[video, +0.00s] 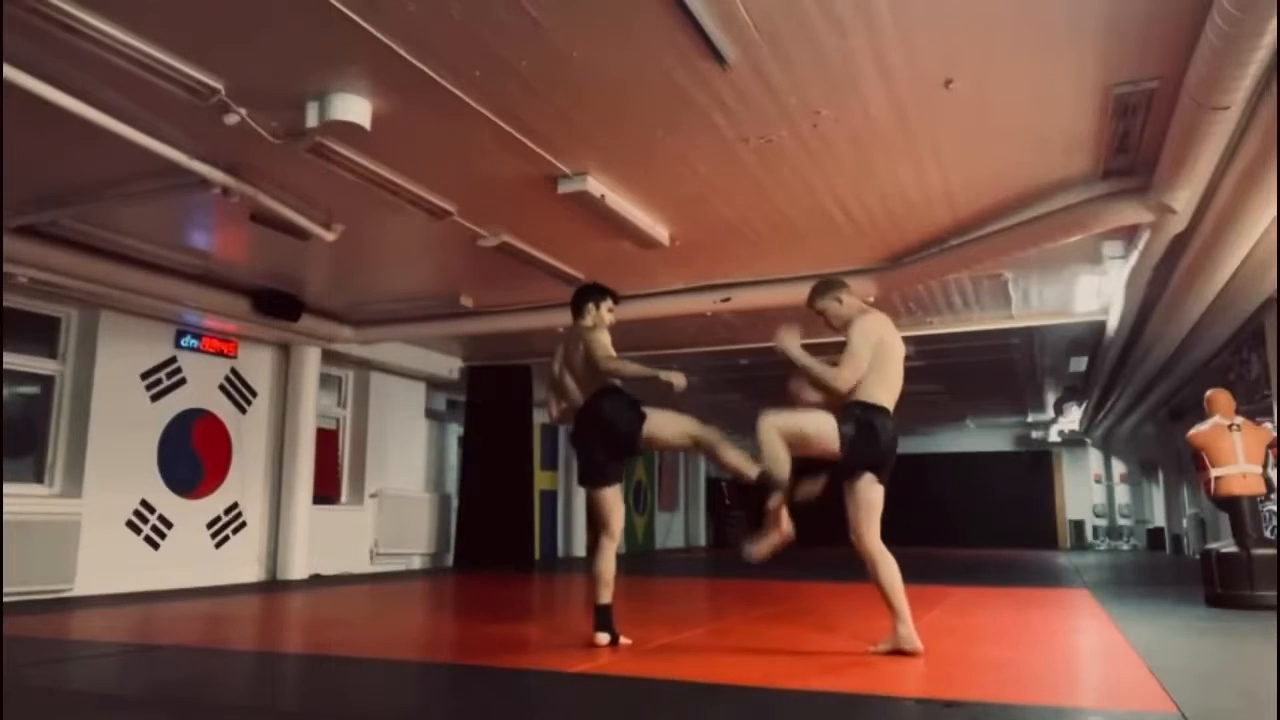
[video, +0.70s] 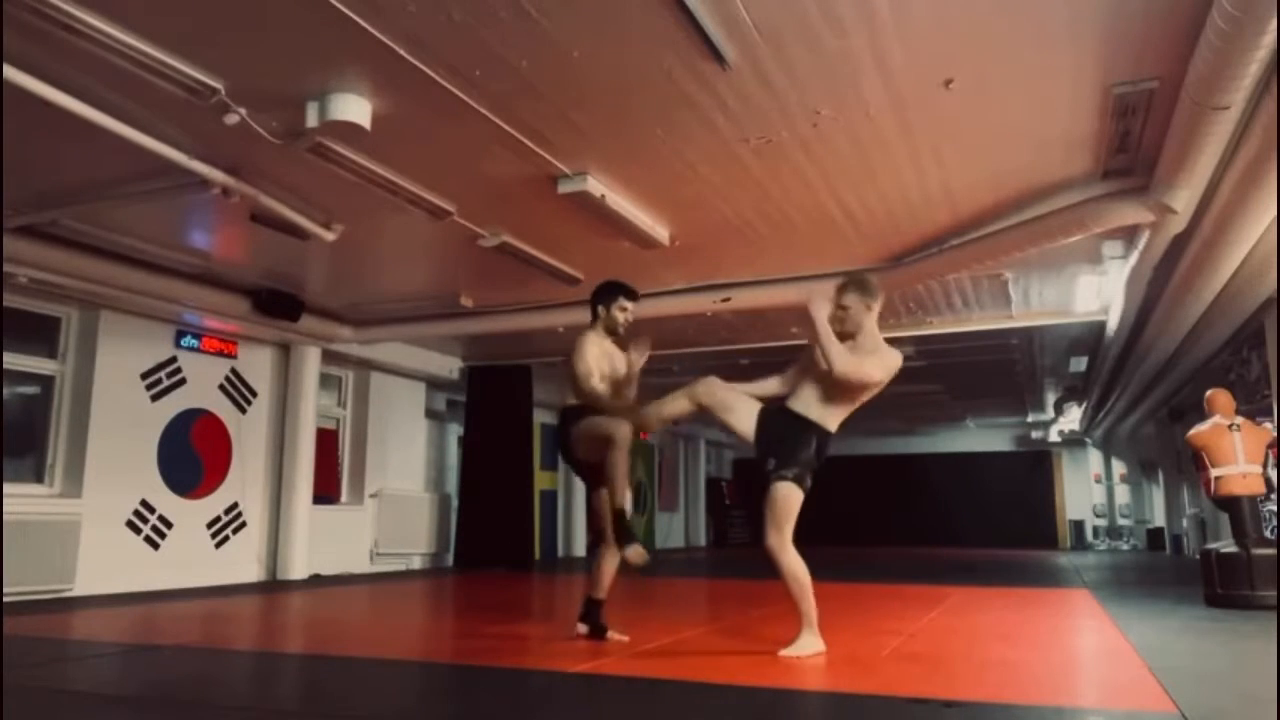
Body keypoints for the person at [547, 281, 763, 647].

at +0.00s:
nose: (611, 317)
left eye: (612, 311)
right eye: (608, 310)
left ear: (580, 312)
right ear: (589, 309)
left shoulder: (560, 351)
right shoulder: (593, 332)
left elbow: (557, 408)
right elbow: (608, 364)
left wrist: (571, 403)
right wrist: (662, 374)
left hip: (588, 436)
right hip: (616, 417)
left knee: (607, 532)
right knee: (701, 433)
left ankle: (603, 625)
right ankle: (764, 482)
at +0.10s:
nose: (614, 314)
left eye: (615, 307)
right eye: (611, 306)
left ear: (582, 309)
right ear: (593, 305)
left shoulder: (566, 349)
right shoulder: (594, 328)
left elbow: (564, 409)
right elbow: (604, 360)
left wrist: (597, 394)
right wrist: (656, 365)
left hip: (590, 437)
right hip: (617, 420)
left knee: (612, 529)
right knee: (690, 455)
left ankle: (603, 621)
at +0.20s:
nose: (620, 314)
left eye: (620, 307)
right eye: (617, 306)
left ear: (588, 308)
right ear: (599, 305)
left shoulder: (574, 346)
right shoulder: (598, 329)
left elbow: (567, 408)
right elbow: (603, 365)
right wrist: (652, 363)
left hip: (593, 431)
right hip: (616, 419)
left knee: (629, 525)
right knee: (663, 494)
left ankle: (604, 611)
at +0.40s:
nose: (627, 327)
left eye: (628, 320)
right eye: (623, 319)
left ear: (603, 321)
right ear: (604, 318)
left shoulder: (597, 357)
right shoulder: (596, 353)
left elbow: (621, 411)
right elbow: (621, 395)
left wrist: (652, 392)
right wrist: (655, 361)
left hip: (600, 449)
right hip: (605, 447)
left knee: (631, 540)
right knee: (644, 532)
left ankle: (599, 613)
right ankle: (611, 619)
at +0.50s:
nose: (628, 317)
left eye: (629, 311)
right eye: (622, 310)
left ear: (620, 315)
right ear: (602, 312)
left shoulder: (611, 352)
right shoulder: (594, 343)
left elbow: (632, 408)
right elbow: (606, 390)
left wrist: (656, 371)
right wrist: (633, 343)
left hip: (608, 437)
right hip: (592, 434)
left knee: (627, 539)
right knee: (648, 481)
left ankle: (594, 608)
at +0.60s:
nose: (628, 314)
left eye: (631, 308)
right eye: (622, 306)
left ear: (627, 311)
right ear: (602, 307)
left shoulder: (619, 347)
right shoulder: (590, 340)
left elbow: (630, 400)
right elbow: (595, 388)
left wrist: (645, 365)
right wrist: (631, 357)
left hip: (611, 433)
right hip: (585, 430)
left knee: (618, 539)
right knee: (632, 448)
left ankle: (593, 610)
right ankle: (643, 551)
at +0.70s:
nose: (627, 318)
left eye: (630, 312)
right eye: (622, 310)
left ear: (629, 315)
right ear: (601, 309)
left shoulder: (620, 353)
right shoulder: (586, 344)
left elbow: (624, 398)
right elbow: (590, 394)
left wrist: (633, 369)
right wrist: (631, 408)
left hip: (610, 432)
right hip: (578, 426)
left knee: (612, 532)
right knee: (620, 431)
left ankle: (593, 611)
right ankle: (625, 525)